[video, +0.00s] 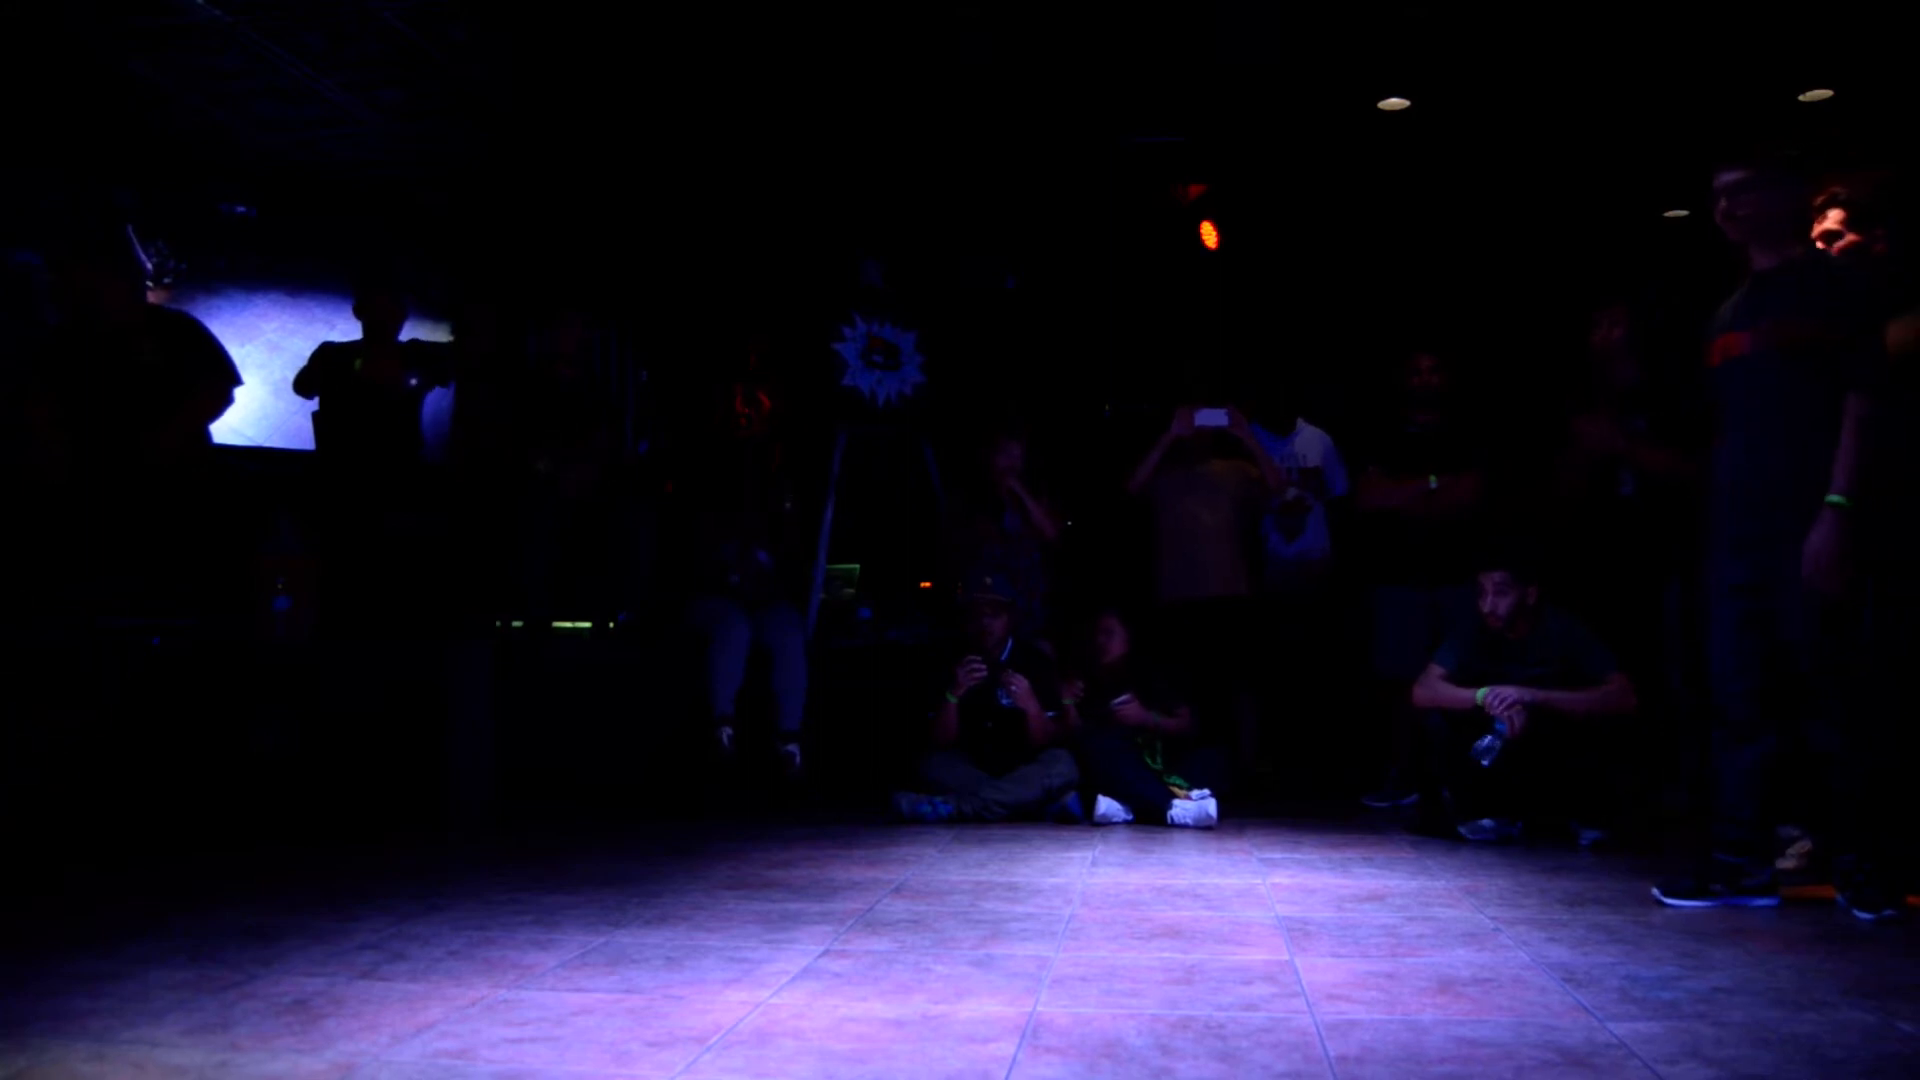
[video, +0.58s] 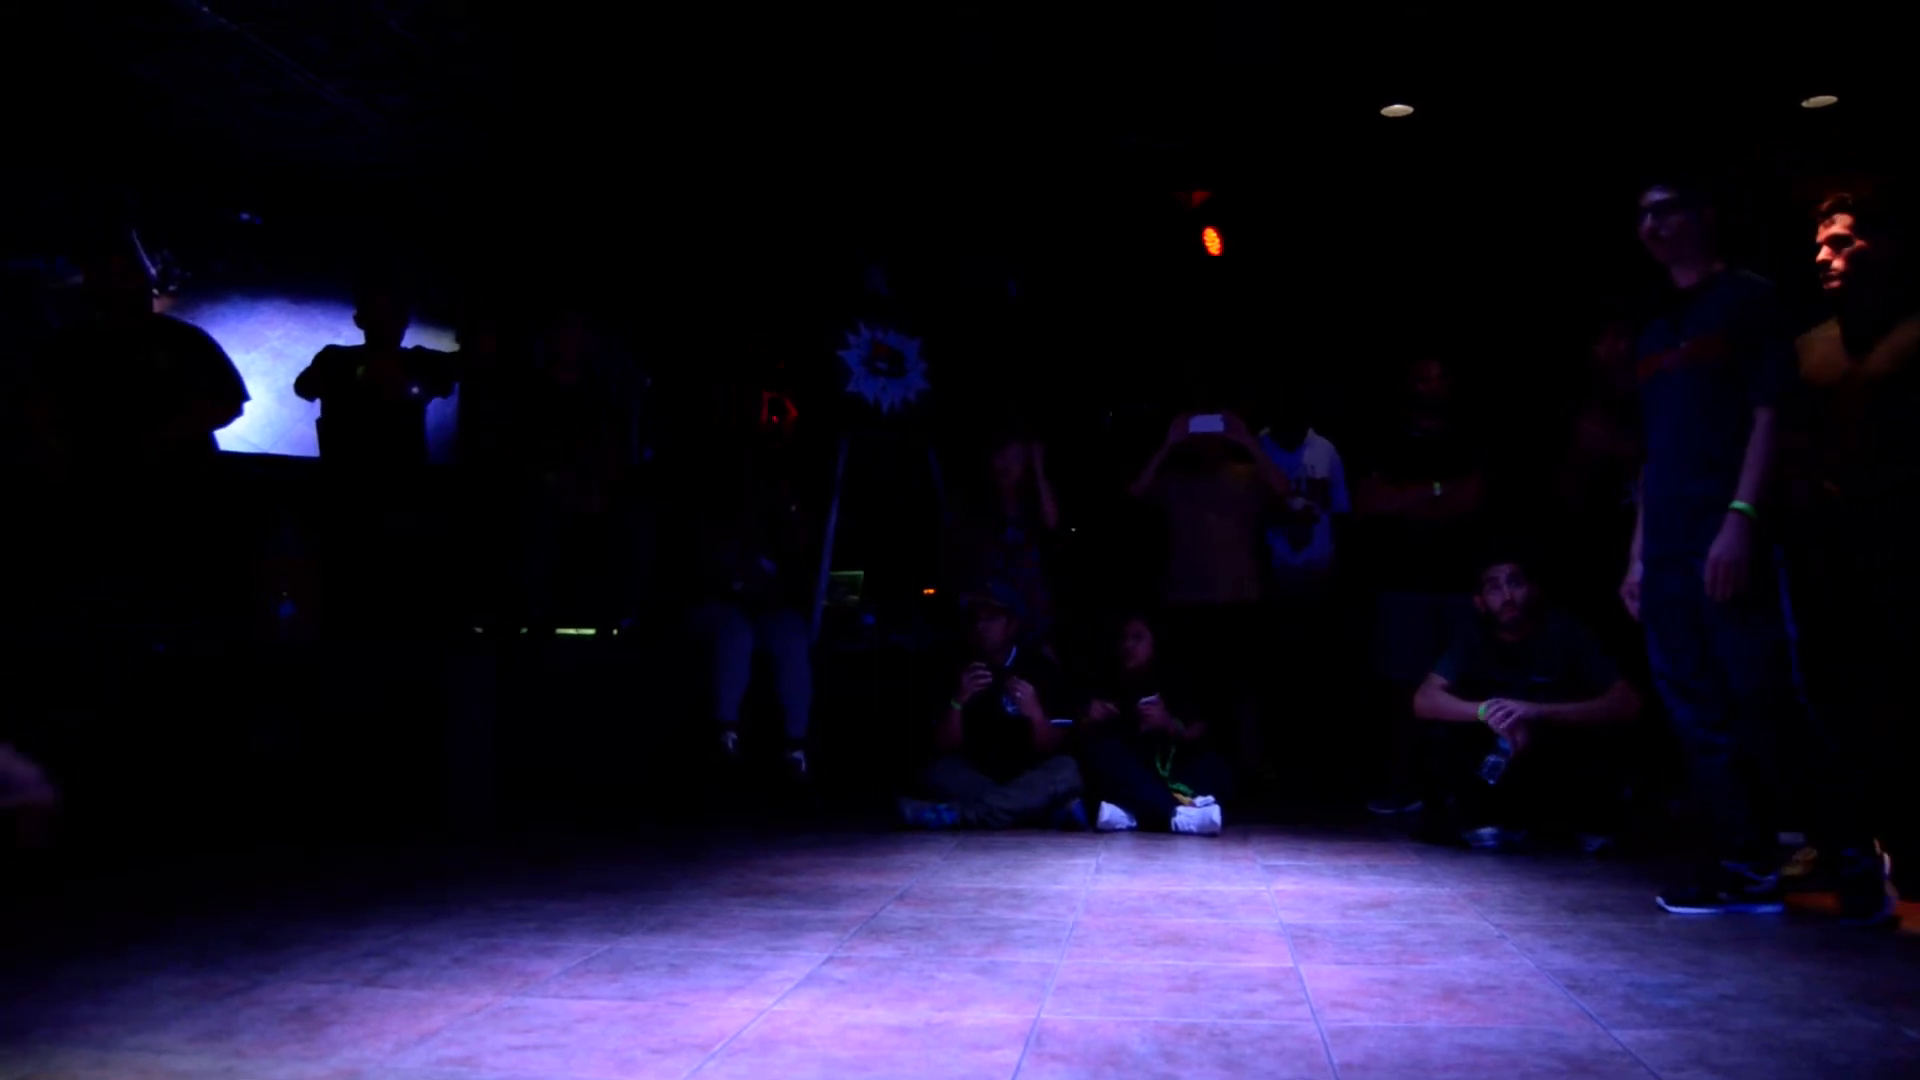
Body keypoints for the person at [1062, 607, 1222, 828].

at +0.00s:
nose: (1103, 641)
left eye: (1110, 633)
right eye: (1099, 633)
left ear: (1127, 637)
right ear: (1091, 639)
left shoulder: (1147, 675)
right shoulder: (1088, 679)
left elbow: (1184, 723)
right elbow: (1080, 733)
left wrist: (1143, 717)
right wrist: (1068, 703)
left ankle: (1130, 808)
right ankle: (1170, 808)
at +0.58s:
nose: (1128, 646)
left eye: (1137, 638)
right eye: (1123, 639)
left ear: (1153, 643)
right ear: (1115, 644)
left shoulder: (1172, 682)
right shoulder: (1107, 683)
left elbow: (1197, 732)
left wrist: (1166, 722)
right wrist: (1092, 719)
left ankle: (1135, 814)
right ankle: (1174, 814)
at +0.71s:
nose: (1133, 645)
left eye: (1141, 637)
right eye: (1127, 638)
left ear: (1157, 642)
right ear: (1119, 644)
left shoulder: (1177, 681)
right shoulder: (1112, 682)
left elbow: (1201, 731)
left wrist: (1171, 721)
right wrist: (1101, 719)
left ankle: (1138, 814)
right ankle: (1178, 814)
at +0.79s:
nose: (1137, 645)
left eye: (1146, 637)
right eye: (1131, 638)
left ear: (1161, 641)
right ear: (1123, 643)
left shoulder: (1181, 680)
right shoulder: (1115, 682)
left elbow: (1207, 733)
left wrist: (1175, 721)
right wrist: (1105, 719)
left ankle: (1143, 813)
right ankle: (1181, 813)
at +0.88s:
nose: (1153, 644)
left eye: (1162, 636)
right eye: (1147, 637)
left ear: (1177, 641)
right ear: (1140, 643)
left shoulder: (1197, 679)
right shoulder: (1131, 679)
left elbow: (1222, 733)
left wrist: (1189, 719)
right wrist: (1123, 717)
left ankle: (1157, 812)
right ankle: (1196, 813)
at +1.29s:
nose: (1189, 641)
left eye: (1198, 633)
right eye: (1184, 634)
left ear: (1214, 638)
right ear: (1177, 639)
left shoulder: (1234, 677)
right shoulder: (1170, 679)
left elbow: (1259, 731)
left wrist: (1222, 719)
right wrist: (1180, 720)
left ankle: (1195, 810)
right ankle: (1236, 811)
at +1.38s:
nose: (1199, 642)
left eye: (1208, 635)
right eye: (1195, 636)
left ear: (1225, 639)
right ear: (1188, 640)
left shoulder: (1245, 679)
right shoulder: (1181, 681)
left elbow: (1273, 732)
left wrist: (1233, 721)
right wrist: (1193, 720)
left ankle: (1207, 811)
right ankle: (1248, 812)